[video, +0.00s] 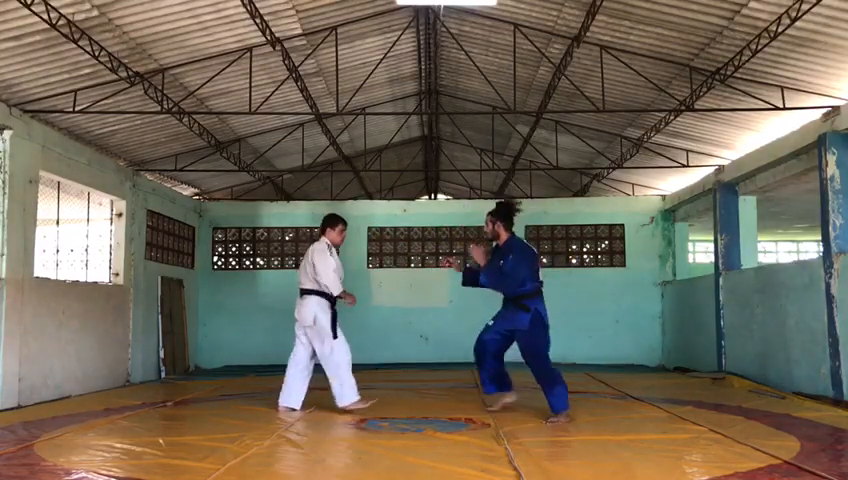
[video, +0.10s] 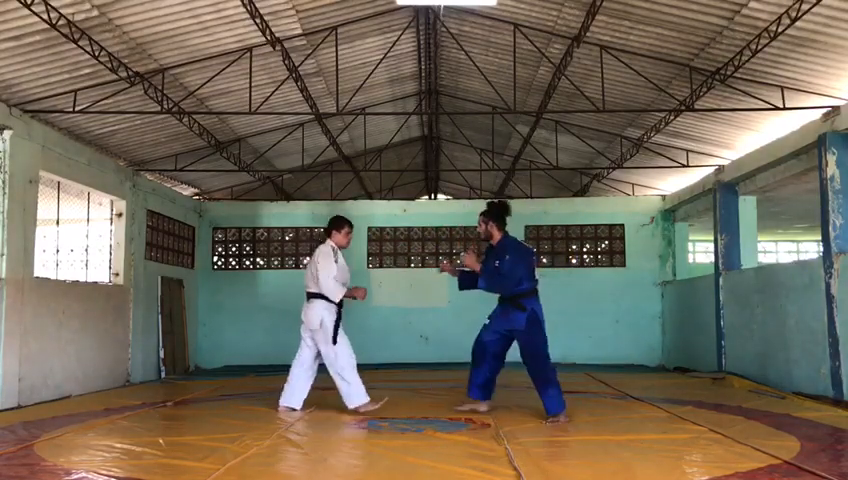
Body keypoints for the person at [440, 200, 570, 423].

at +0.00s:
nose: (485, 229)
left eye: (487, 224)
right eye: (486, 225)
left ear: (497, 225)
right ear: (500, 225)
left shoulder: (522, 250)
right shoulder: (499, 251)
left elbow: (507, 283)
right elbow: (489, 278)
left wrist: (484, 264)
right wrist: (460, 269)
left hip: (530, 310)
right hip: (510, 309)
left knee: (537, 359)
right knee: (485, 346)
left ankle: (561, 410)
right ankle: (505, 392)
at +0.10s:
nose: (478, 229)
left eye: (480, 225)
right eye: (478, 225)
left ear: (491, 225)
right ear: (493, 225)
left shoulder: (517, 249)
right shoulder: (492, 251)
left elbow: (505, 284)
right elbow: (485, 279)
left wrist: (477, 267)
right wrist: (456, 273)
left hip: (527, 309)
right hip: (506, 308)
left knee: (536, 359)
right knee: (484, 348)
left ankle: (558, 411)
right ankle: (480, 400)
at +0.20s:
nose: (468, 231)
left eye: (470, 227)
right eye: (468, 227)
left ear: (481, 227)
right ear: (483, 228)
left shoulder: (506, 251)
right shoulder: (482, 253)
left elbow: (496, 285)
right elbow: (475, 279)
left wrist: (467, 270)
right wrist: (445, 274)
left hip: (521, 309)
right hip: (500, 309)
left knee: (534, 358)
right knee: (481, 354)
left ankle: (557, 410)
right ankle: (468, 404)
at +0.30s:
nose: (456, 235)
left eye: (458, 231)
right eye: (457, 231)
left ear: (469, 232)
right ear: (472, 232)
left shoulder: (494, 255)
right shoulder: (471, 257)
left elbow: (485, 288)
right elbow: (459, 280)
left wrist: (455, 274)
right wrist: (429, 274)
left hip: (511, 310)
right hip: (490, 310)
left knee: (523, 359)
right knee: (470, 353)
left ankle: (553, 408)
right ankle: (466, 405)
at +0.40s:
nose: (447, 236)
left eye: (449, 231)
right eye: (447, 231)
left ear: (459, 232)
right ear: (464, 231)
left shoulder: (486, 254)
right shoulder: (462, 256)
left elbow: (477, 288)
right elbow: (451, 277)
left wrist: (447, 276)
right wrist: (424, 277)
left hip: (504, 307)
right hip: (484, 307)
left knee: (508, 351)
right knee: (468, 351)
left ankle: (540, 398)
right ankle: (464, 405)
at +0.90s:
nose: (430, 222)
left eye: (431, 218)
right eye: (431, 218)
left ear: (438, 219)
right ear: (447, 218)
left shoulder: (466, 246)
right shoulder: (438, 240)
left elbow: (467, 281)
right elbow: (411, 234)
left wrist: (437, 283)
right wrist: (384, 230)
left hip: (476, 303)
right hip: (458, 303)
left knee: (474, 352)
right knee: (452, 352)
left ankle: (490, 403)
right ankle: (461, 403)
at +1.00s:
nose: (425, 220)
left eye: (426, 216)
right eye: (425, 217)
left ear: (432, 218)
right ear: (441, 217)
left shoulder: (461, 246)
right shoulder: (432, 237)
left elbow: (462, 283)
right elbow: (407, 230)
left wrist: (433, 285)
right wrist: (380, 223)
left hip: (467, 303)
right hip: (453, 302)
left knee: (456, 350)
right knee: (447, 350)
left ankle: (463, 405)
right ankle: (458, 403)